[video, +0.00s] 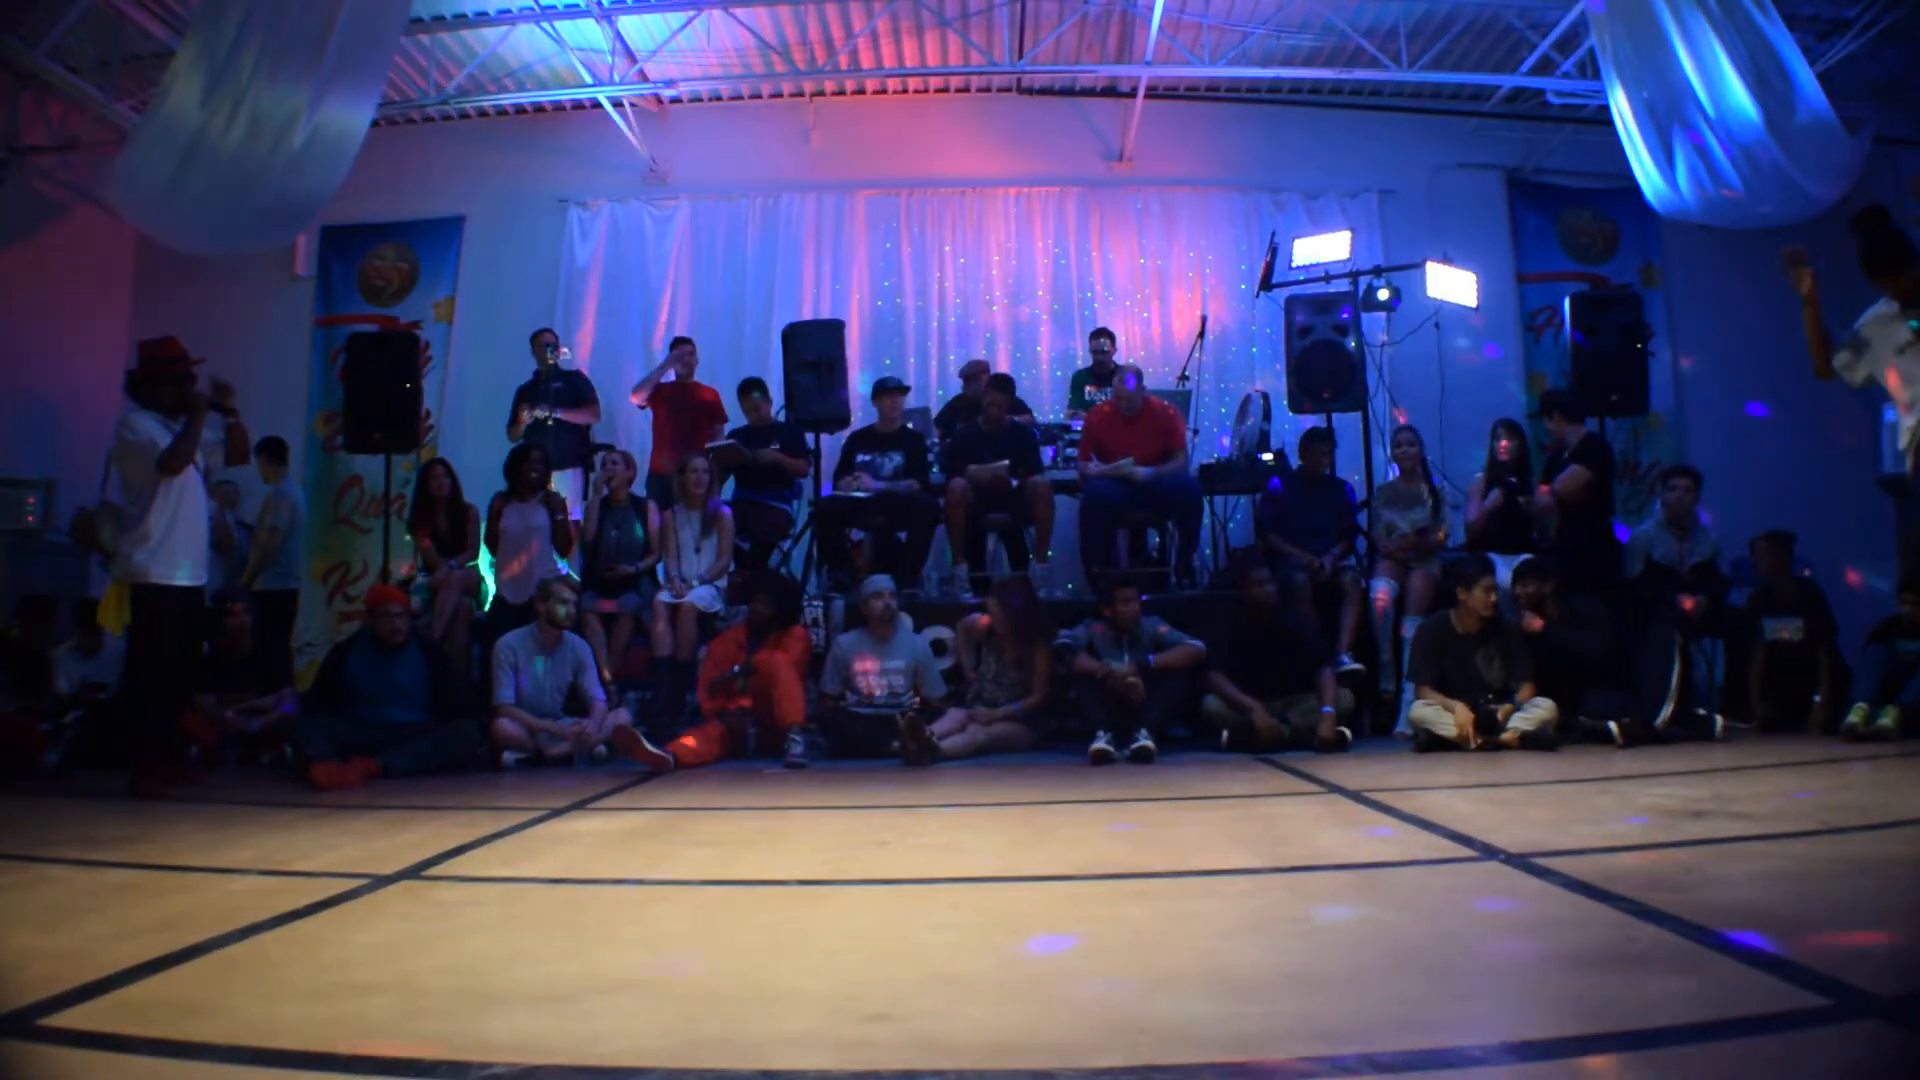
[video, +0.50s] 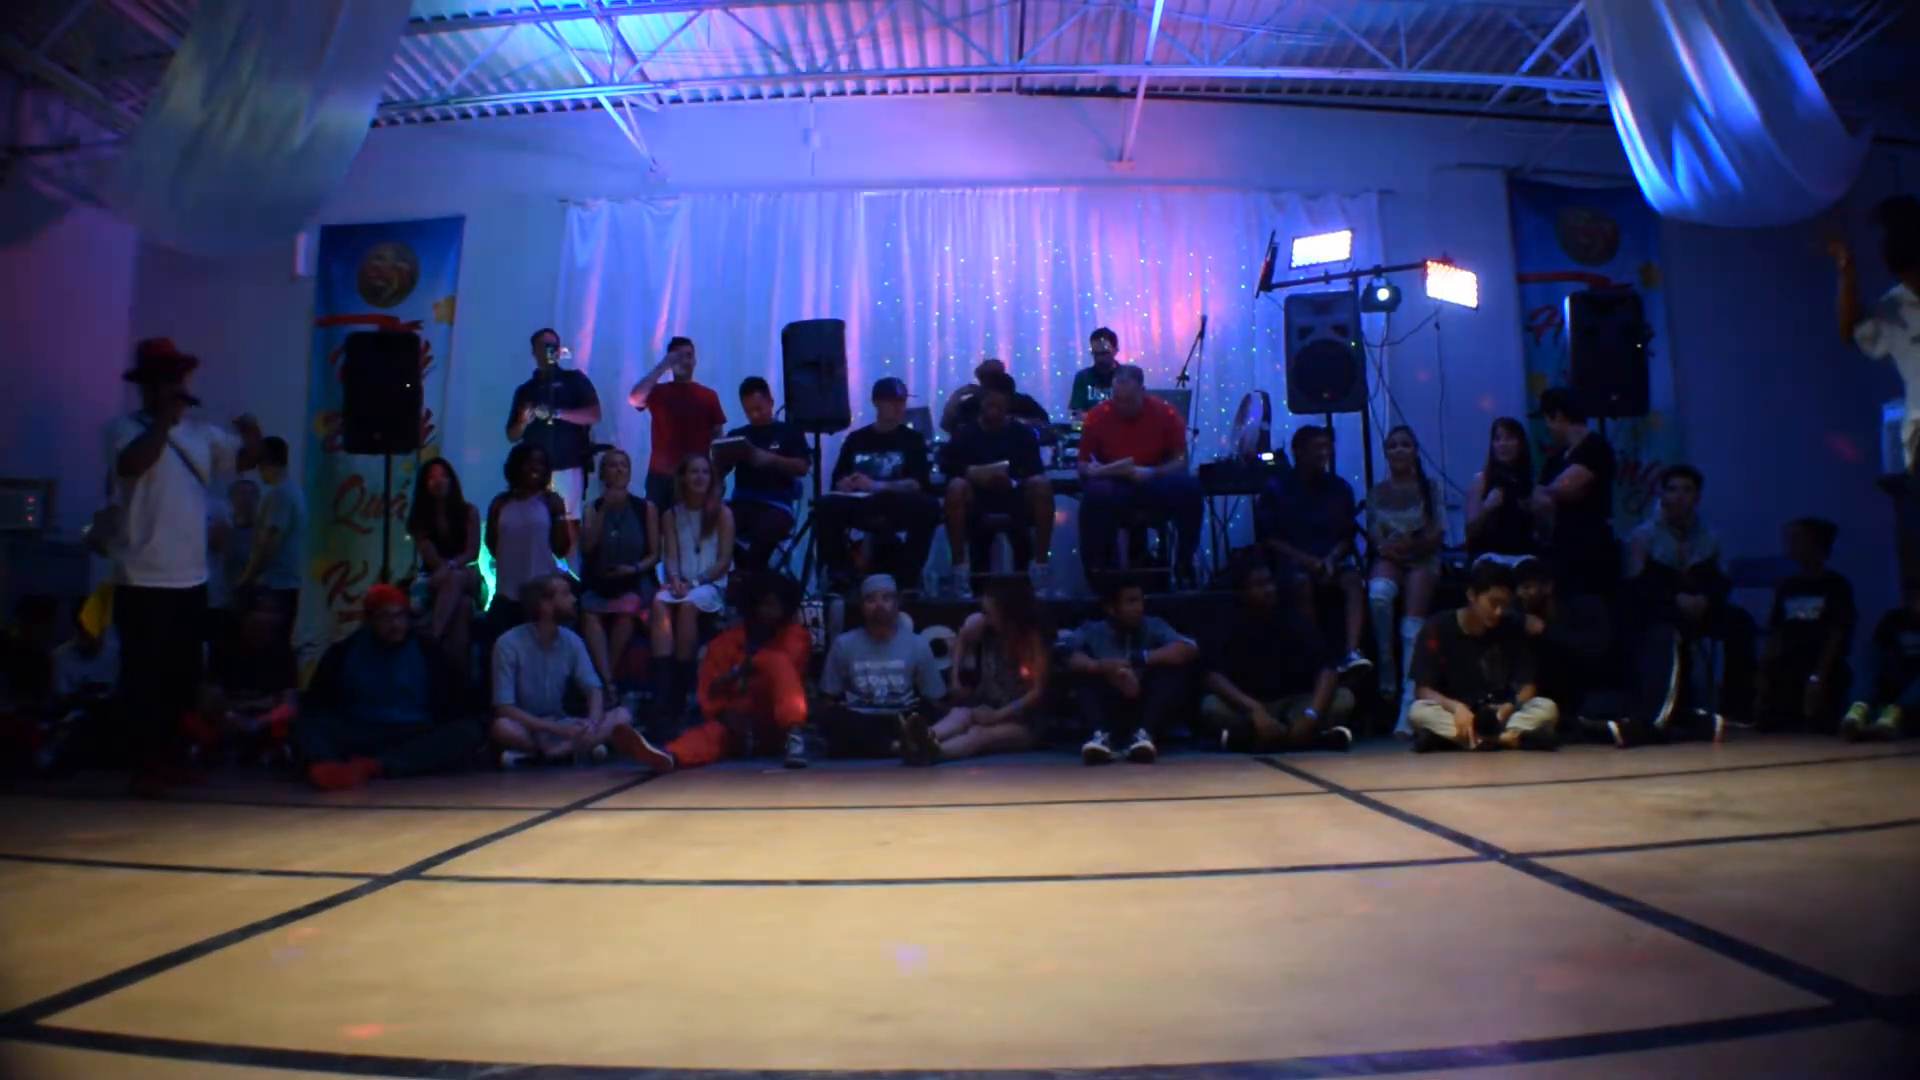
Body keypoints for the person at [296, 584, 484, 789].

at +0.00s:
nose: (397, 624)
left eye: (402, 617)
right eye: (389, 617)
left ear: (410, 618)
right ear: (372, 619)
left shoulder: (427, 652)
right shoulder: (346, 653)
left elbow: (445, 699)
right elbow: (319, 704)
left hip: (415, 733)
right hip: (358, 732)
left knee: (467, 734)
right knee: (307, 725)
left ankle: (377, 767)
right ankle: (328, 766)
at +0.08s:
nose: (397, 624)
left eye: (402, 616)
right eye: (389, 617)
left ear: (409, 617)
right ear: (372, 619)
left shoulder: (426, 651)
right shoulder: (346, 653)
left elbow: (447, 697)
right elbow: (319, 703)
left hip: (415, 732)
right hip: (358, 731)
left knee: (467, 733)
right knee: (307, 725)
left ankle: (377, 766)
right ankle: (328, 766)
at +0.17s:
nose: (398, 623)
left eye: (402, 616)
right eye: (390, 616)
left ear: (410, 617)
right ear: (372, 619)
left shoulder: (426, 651)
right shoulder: (346, 653)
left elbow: (448, 696)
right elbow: (320, 703)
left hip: (416, 731)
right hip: (358, 730)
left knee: (468, 733)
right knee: (307, 724)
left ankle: (379, 766)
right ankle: (326, 764)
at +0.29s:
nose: (398, 623)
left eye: (402, 616)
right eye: (389, 616)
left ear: (410, 618)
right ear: (372, 619)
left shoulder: (426, 651)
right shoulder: (345, 653)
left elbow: (448, 697)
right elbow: (320, 704)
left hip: (415, 732)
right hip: (358, 731)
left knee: (467, 733)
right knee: (307, 725)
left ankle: (378, 766)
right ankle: (328, 766)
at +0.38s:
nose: (398, 623)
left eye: (402, 615)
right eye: (389, 616)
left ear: (410, 617)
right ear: (372, 619)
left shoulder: (426, 651)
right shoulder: (345, 653)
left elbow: (448, 696)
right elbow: (317, 703)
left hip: (416, 732)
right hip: (358, 731)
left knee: (467, 733)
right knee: (307, 725)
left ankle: (378, 766)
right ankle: (328, 766)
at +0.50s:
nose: (396, 624)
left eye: (401, 616)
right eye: (388, 617)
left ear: (408, 617)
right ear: (371, 620)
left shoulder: (425, 651)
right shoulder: (344, 654)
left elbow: (447, 697)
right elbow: (317, 704)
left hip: (415, 732)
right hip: (357, 732)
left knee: (467, 733)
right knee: (307, 725)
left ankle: (379, 766)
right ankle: (327, 766)